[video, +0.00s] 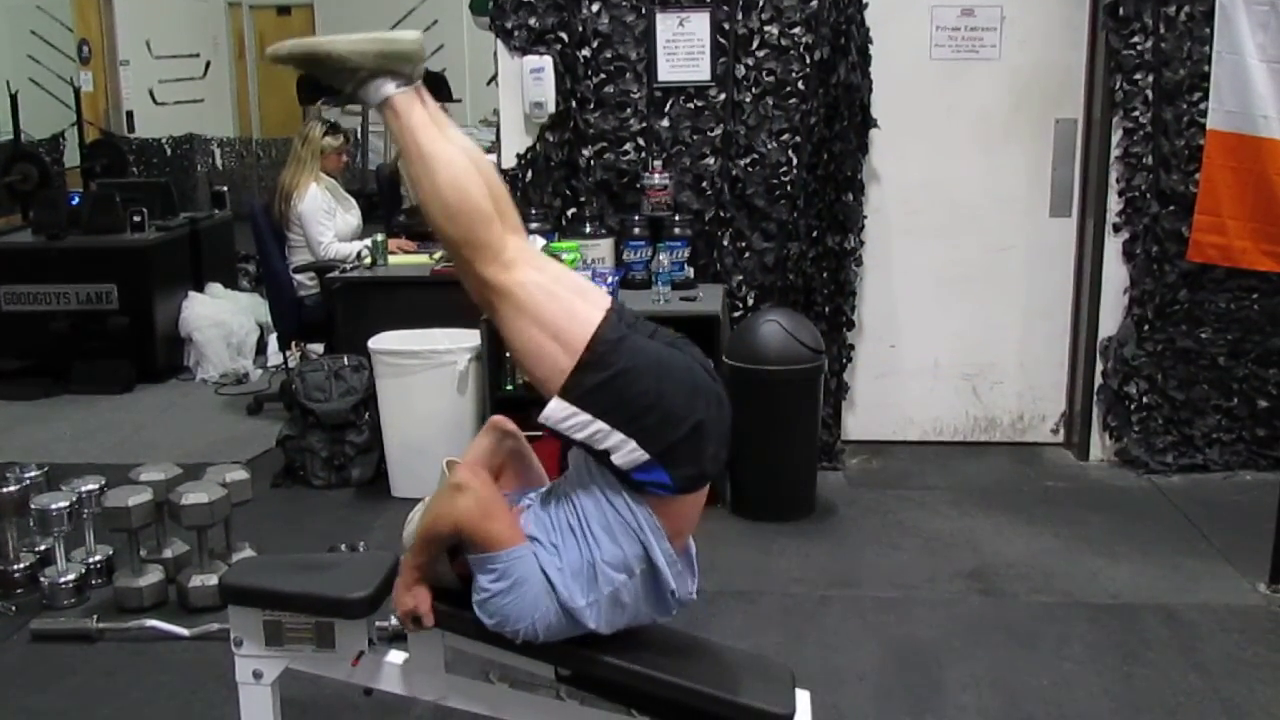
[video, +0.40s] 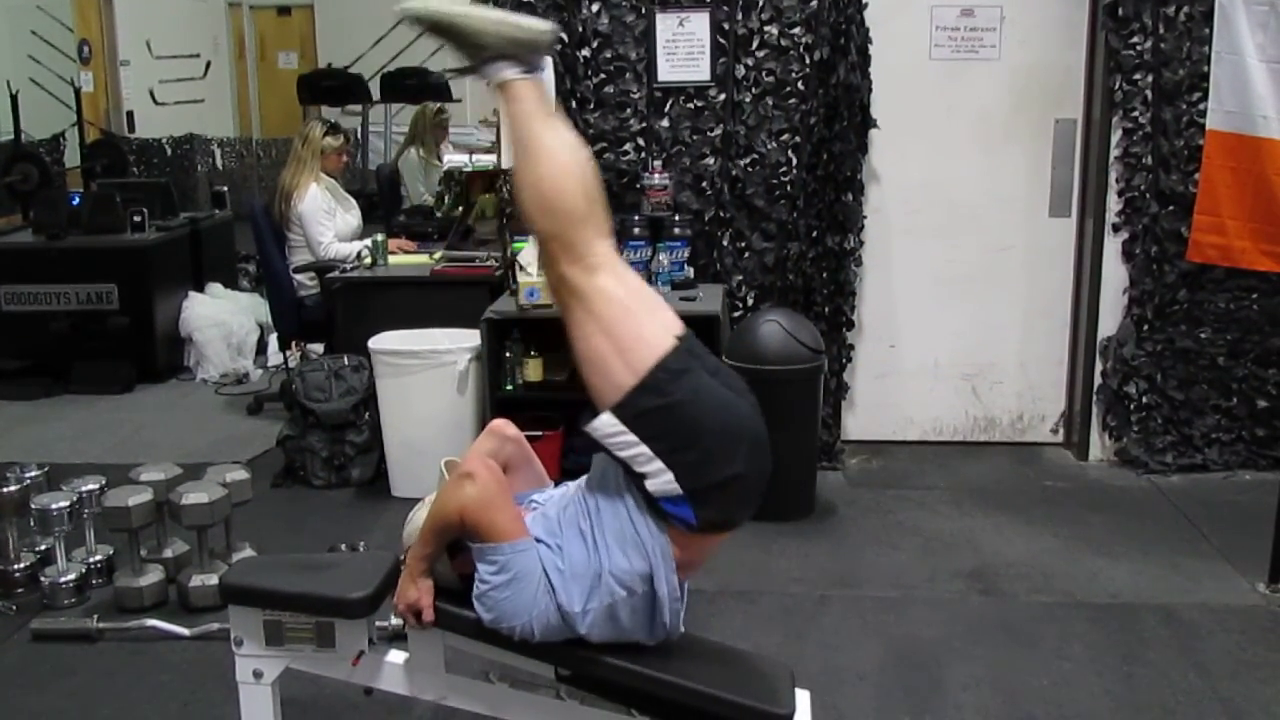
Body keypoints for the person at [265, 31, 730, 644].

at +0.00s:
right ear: (470, 573)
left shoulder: (534, 538)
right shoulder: (518, 599)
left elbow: (501, 434)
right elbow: (464, 491)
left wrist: (432, 538)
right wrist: (416, 572)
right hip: (675, 443)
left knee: (511, 261)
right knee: (500, 270)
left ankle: (410, 91)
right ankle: (392, 89)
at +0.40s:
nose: (471, 474)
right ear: (470, 564)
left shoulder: (547, 530)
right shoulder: (514, 588)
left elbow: (504, 436)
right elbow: (469, 481)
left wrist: (445, 506)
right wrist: (419, 562)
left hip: (715, 458)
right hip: (700, 475)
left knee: (589, 265)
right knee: (581, 268)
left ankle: (524, 76)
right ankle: (514, 73)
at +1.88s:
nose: (503, 463)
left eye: (506, 456)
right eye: (489, 466)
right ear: (476, 513)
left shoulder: (550, 524)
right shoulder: (519, 579)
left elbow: (509, 440)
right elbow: (470, 477)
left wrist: (442, 518)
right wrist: (422, 560)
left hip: (746, 540)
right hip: (756, 572)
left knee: (846, 348)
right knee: (849, 353)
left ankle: (967, 176)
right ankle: (982, 185)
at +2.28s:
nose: (510, 462)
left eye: (516, 454)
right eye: (494, 464)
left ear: (524, 480)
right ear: (480, 502)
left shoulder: (555, 524)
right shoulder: (514, 578)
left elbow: (506, 436)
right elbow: (466, 475)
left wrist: (448, 509)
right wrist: (422, 559)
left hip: (746, 530)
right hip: (759, 587)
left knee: (887, 375)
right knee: (891, 386)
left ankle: (1040, 230)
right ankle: (1060, 246)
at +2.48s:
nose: (505, 460)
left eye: (509, 453)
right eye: (490, 464)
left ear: (520, 480)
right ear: (481, 504)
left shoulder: (555, 516)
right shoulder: (519, 579)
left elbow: (506, 444)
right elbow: (474, 475)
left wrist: (445, 517)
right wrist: (423, 555)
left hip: (743, 534)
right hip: (757, 590)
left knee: (903, 391)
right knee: (910, 403)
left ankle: (1069, 264)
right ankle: (1091, 283)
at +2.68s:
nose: (518, 457)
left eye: (520, 451)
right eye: (500, 458)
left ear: (523, 478)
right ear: (482, 499)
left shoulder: (555, 522)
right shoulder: (513, 580)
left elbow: (513, 440)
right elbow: (471, 473)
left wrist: (445, 518)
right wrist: (423, 558)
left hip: (751, 538)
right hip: (754, 599)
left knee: (921, 405)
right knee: (925, 416)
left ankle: (1106, 306)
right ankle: (1124, 323)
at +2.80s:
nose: (515, 461)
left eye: (516, 454)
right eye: (496, 462)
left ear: (525, 482)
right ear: (479, 508)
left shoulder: (561, 525)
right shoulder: (511, 577)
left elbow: (508, 432)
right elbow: (465, 476)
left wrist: (445, 519)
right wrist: (422, 555)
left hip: (761, 537)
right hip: (755, 599)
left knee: (933, 413)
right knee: (932, 430)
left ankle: (1129, 335)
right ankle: (1141, 352)